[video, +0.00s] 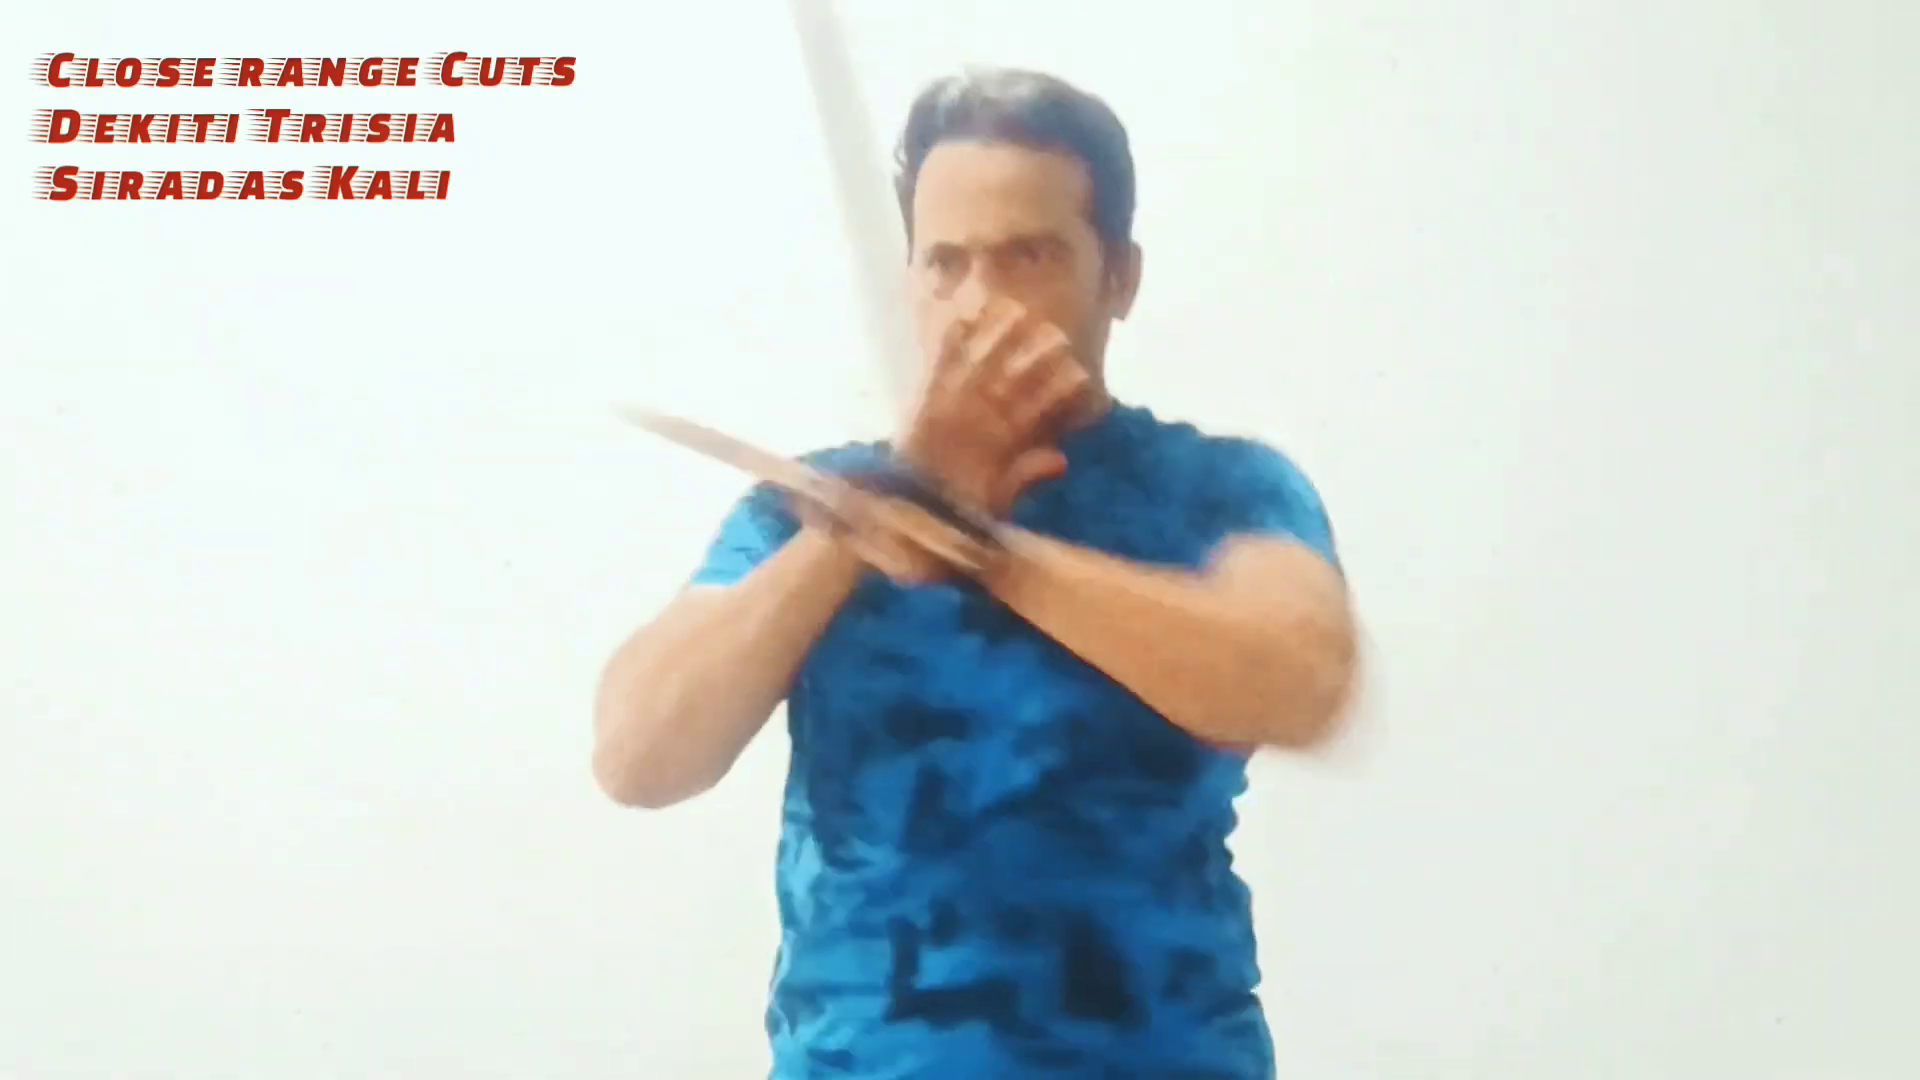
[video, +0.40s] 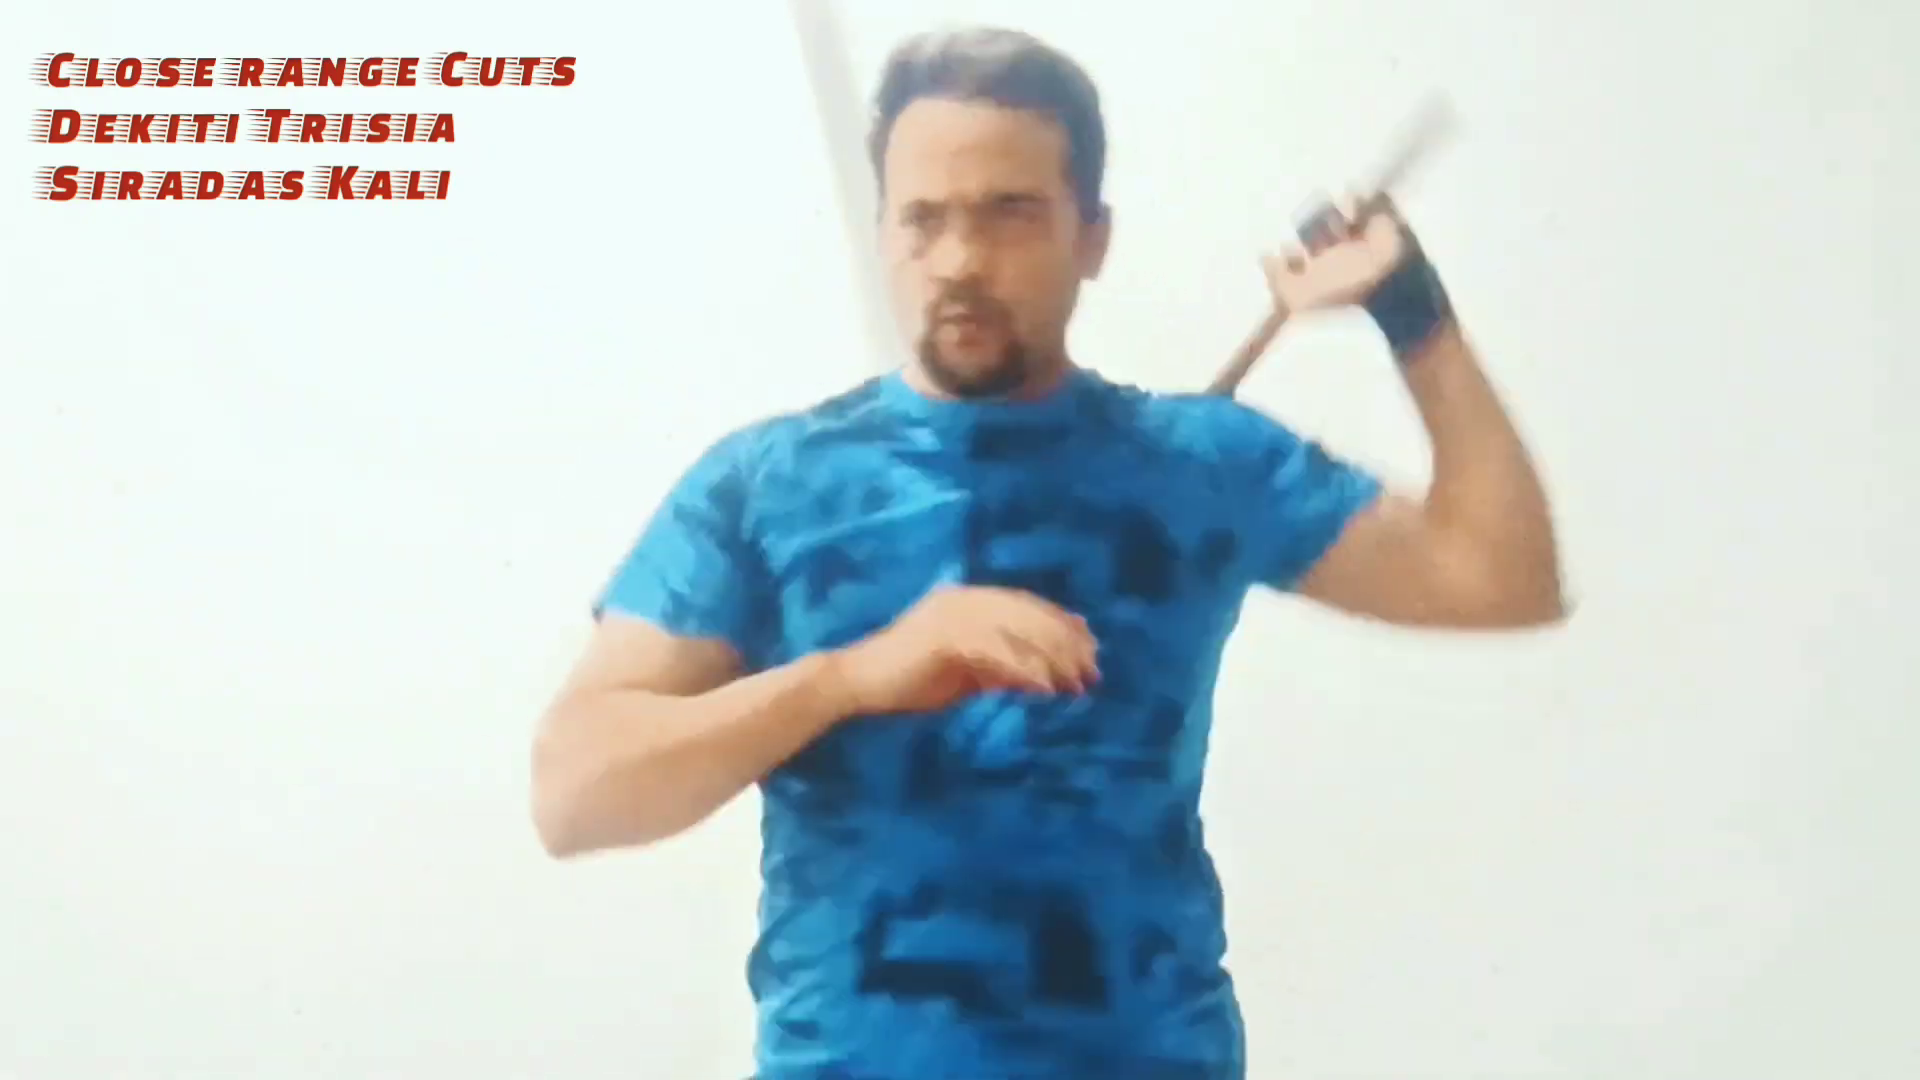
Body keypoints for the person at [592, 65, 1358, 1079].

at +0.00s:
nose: (981, 303)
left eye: (1028, 253)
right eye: (946, 264)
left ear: (1119, 276)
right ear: (909, 286)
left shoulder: (1228, 487)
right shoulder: (815, 497)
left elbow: (1291, 690)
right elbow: (637, 758)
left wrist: (982, 548)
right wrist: (898, 497)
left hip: (1162, 1045)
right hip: (862, 1048)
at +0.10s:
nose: (1025, 343)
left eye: (1074, 297)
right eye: (986, 298)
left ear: (1154, 315)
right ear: (939, 308)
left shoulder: (1217, 553)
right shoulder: (800, 519)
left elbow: (1404, 853)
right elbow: (642, 801)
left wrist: (1212, 771)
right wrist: (931, 563)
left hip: (1151, 1054)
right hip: (858, 1053)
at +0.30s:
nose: (1042, 298)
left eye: (1091, 257)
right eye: (1007, 255)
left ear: (1164, 283)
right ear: (953, 269)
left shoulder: (1189, 543)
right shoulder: (822, 470)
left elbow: (1268, 831)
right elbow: (621, 749)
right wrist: (922, 835)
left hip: (1146, 1057)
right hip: (856, 1054)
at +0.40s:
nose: (957, 261)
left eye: (1006, 213)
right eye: (922, 219)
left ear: (1093, 239)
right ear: (887, 237)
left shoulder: (1202, 464)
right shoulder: (761, 487)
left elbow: (1507, 579)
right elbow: (576, 793)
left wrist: (1413, 312)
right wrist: (848, 675)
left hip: (1146, 1044)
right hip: (859, 1046)